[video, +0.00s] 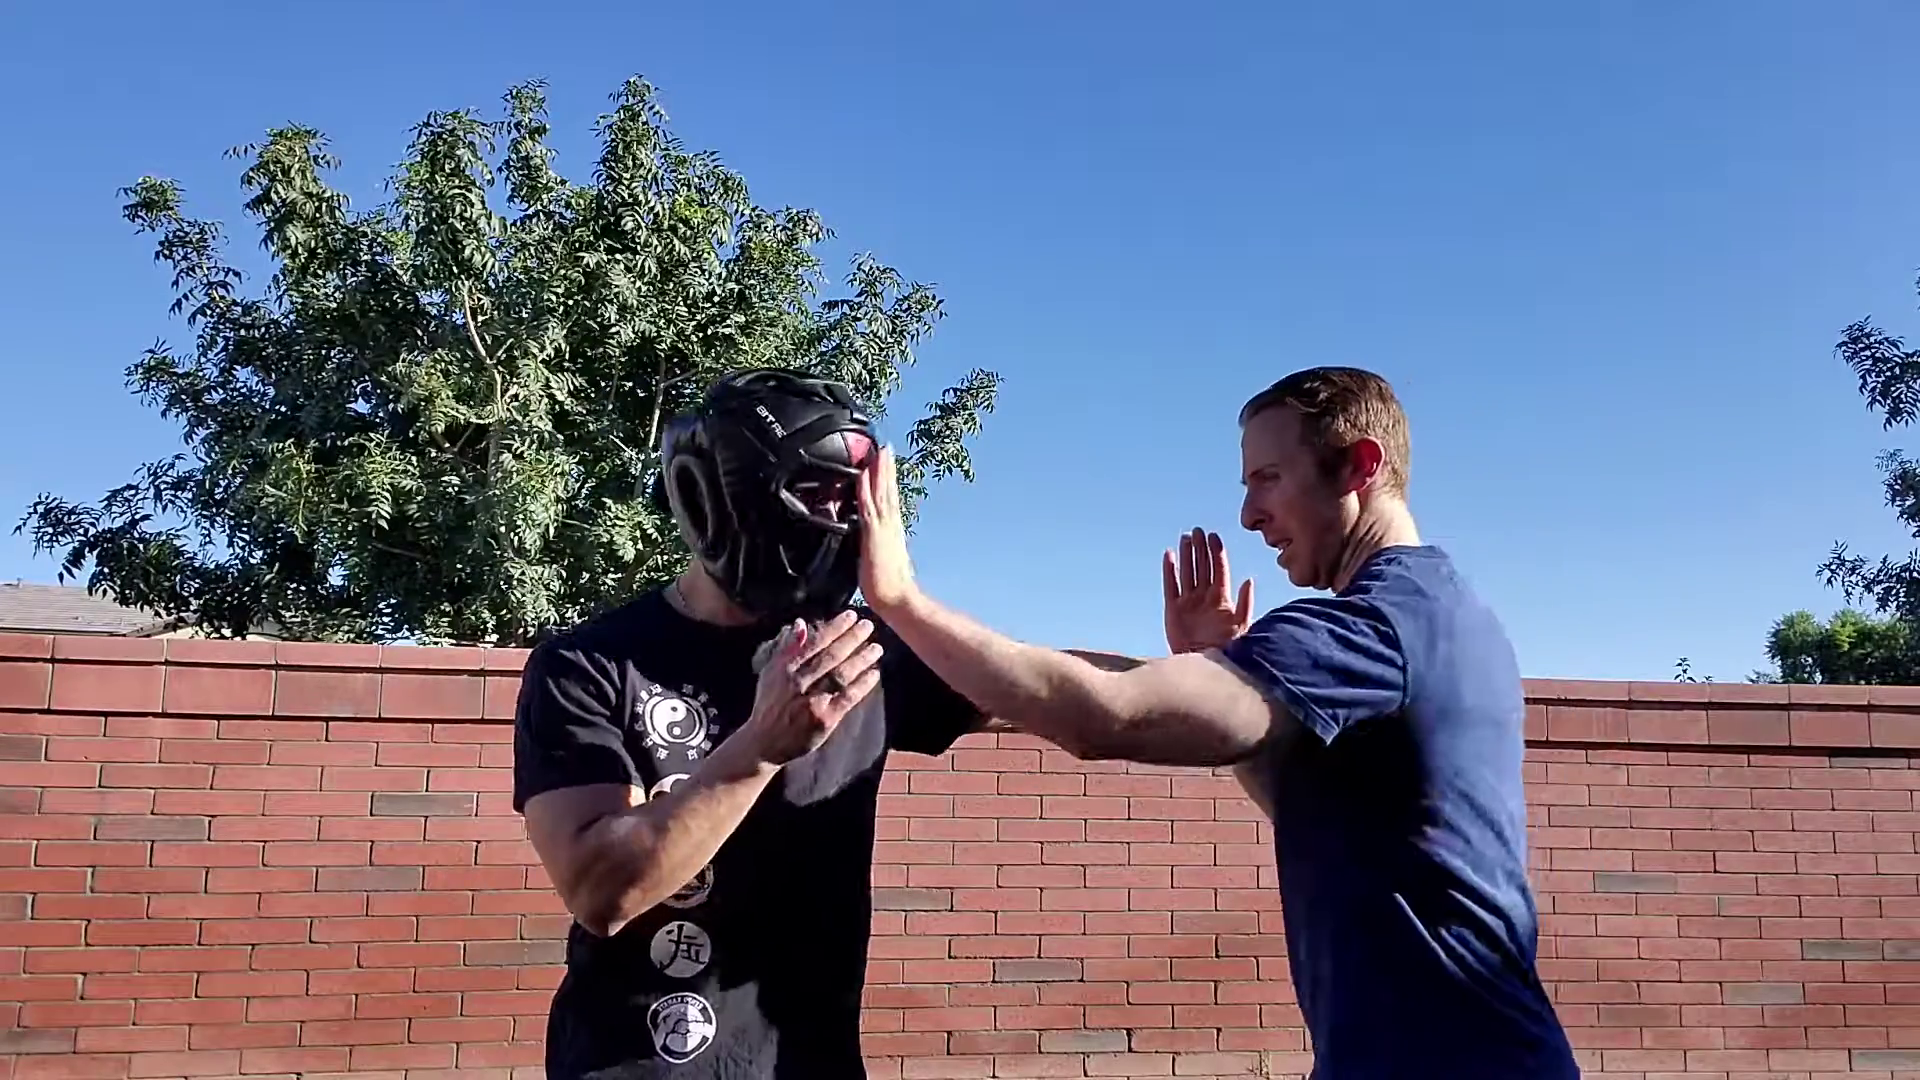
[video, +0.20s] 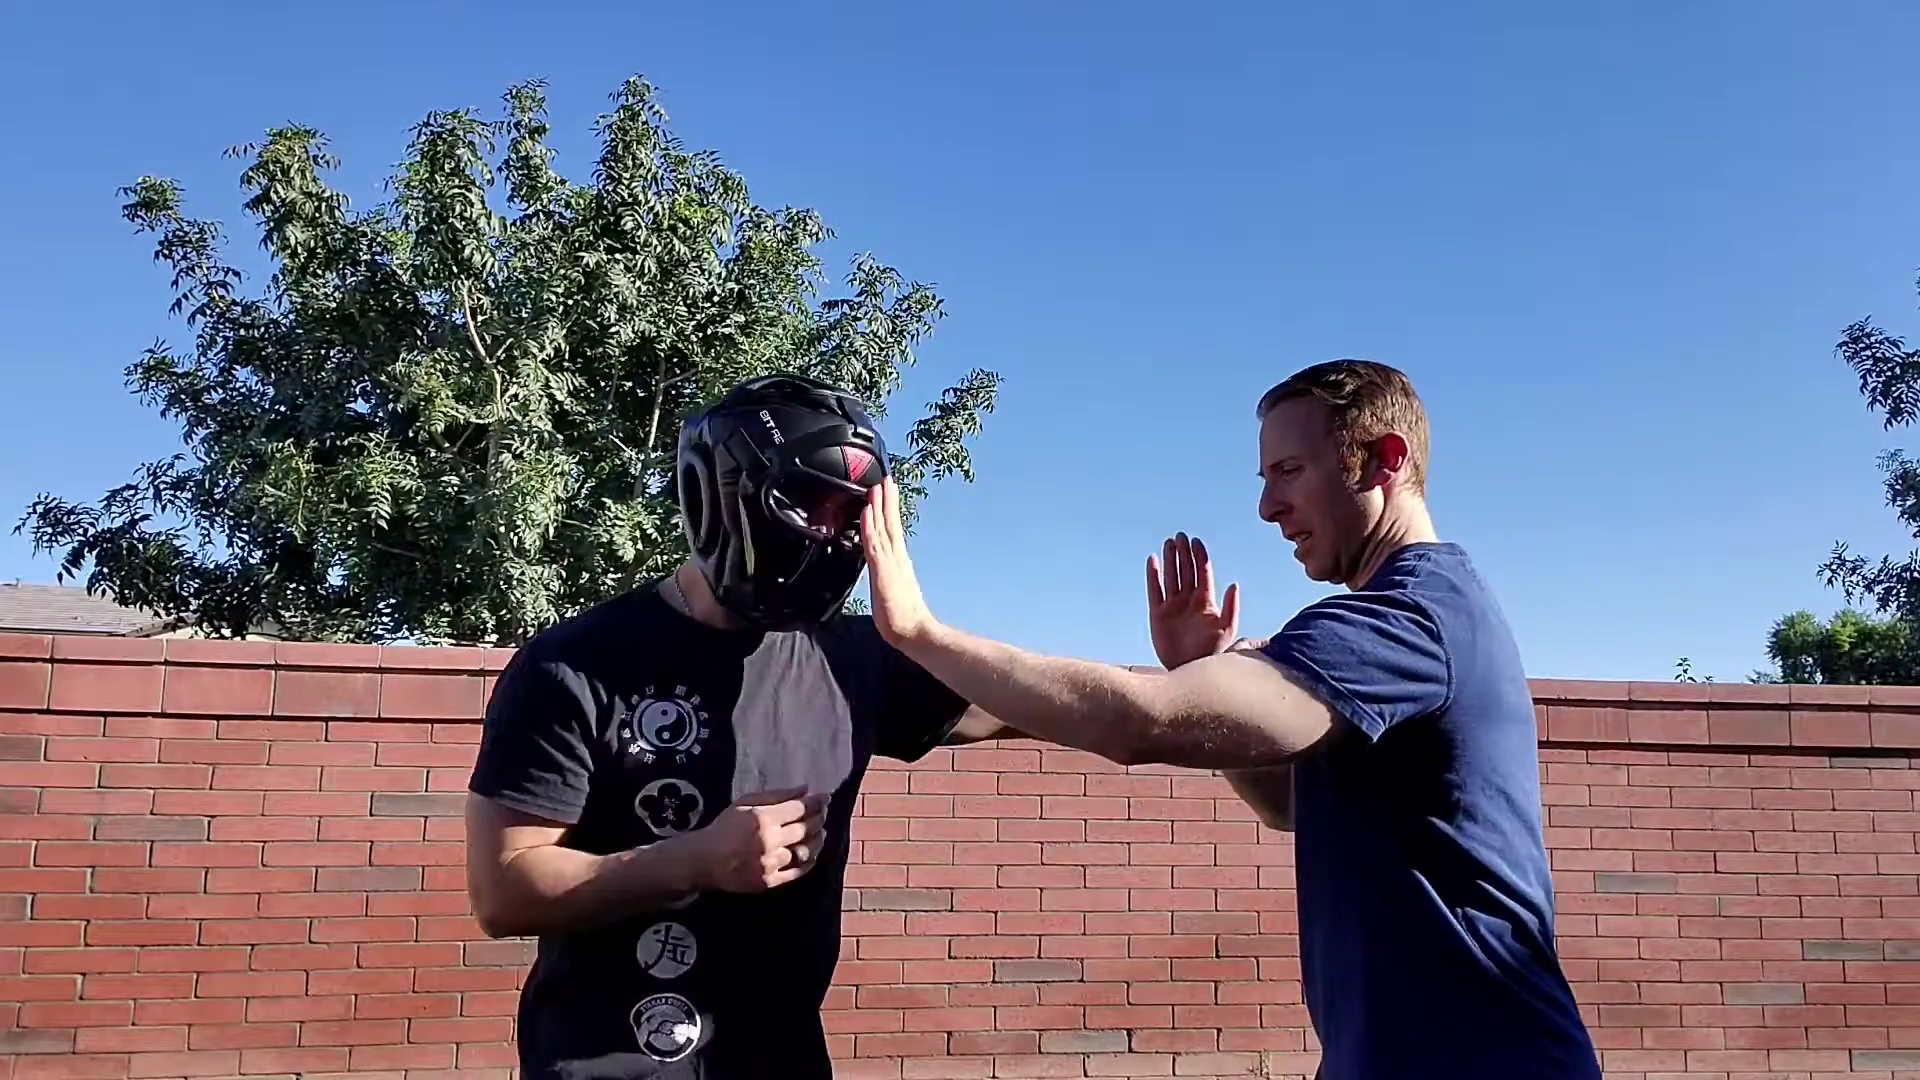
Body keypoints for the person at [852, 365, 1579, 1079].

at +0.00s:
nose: (1250, 514)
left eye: (1268, 482)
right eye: (1249, 486)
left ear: (1362, 471)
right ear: (1365, 476)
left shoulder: (1382, 617)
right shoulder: (1443, 612)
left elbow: (1103, 712)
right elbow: (1324, 820)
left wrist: (899, 599)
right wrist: (1213, 681)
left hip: (1431, 1053)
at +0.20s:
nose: (1268, 506)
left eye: (1289, 473)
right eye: (1267, 479)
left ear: (1385, 463)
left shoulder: (1426, 606)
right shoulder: (1378, 615)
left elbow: (1146, 718)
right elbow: (1294, 806)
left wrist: (917, 633)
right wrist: (1204, 678)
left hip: (1476, 1052)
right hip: (1384, 1049)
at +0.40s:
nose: (1263, 505)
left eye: (1283, 471)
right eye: (1262, 478)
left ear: (1380, 465)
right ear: (1371, 469)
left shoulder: (1417, 619)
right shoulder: (1391, 613)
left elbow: (1196, 794)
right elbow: (1287, 812)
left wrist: (984, 709)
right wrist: (1173, 720)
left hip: (1476, 1053)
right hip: (1394, 1047)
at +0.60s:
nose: (1291, 493)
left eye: (1310, 460)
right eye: (1293, 465)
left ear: (1404, 453)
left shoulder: (1503, 616)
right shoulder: (1327, 651)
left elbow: (1407, 860)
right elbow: (1188, 783)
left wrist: (1232, 704)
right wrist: (1066, 696)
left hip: (1506, 1050)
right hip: (1361, 1047)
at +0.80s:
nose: (1321, 499)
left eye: (1338, 464)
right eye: (1324, 472)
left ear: (1428, 458)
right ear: (1427, 461)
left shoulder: (1534, 609)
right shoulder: (1370, 647)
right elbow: (1190, 799)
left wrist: (1210, 680)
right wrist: (1033, 730)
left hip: (1530, 1052)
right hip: (1382, 1050)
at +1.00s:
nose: (1303, 510)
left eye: (1320, 474)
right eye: (1306, 481)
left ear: (1405, 465)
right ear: (1402, 472)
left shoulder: (1472, 600)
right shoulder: (1415, 621)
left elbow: (1212, 673)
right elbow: (1242, 771)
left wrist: (1046, 607)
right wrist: (1085, 713)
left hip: (1486, 1036)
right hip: (1383, 1030)